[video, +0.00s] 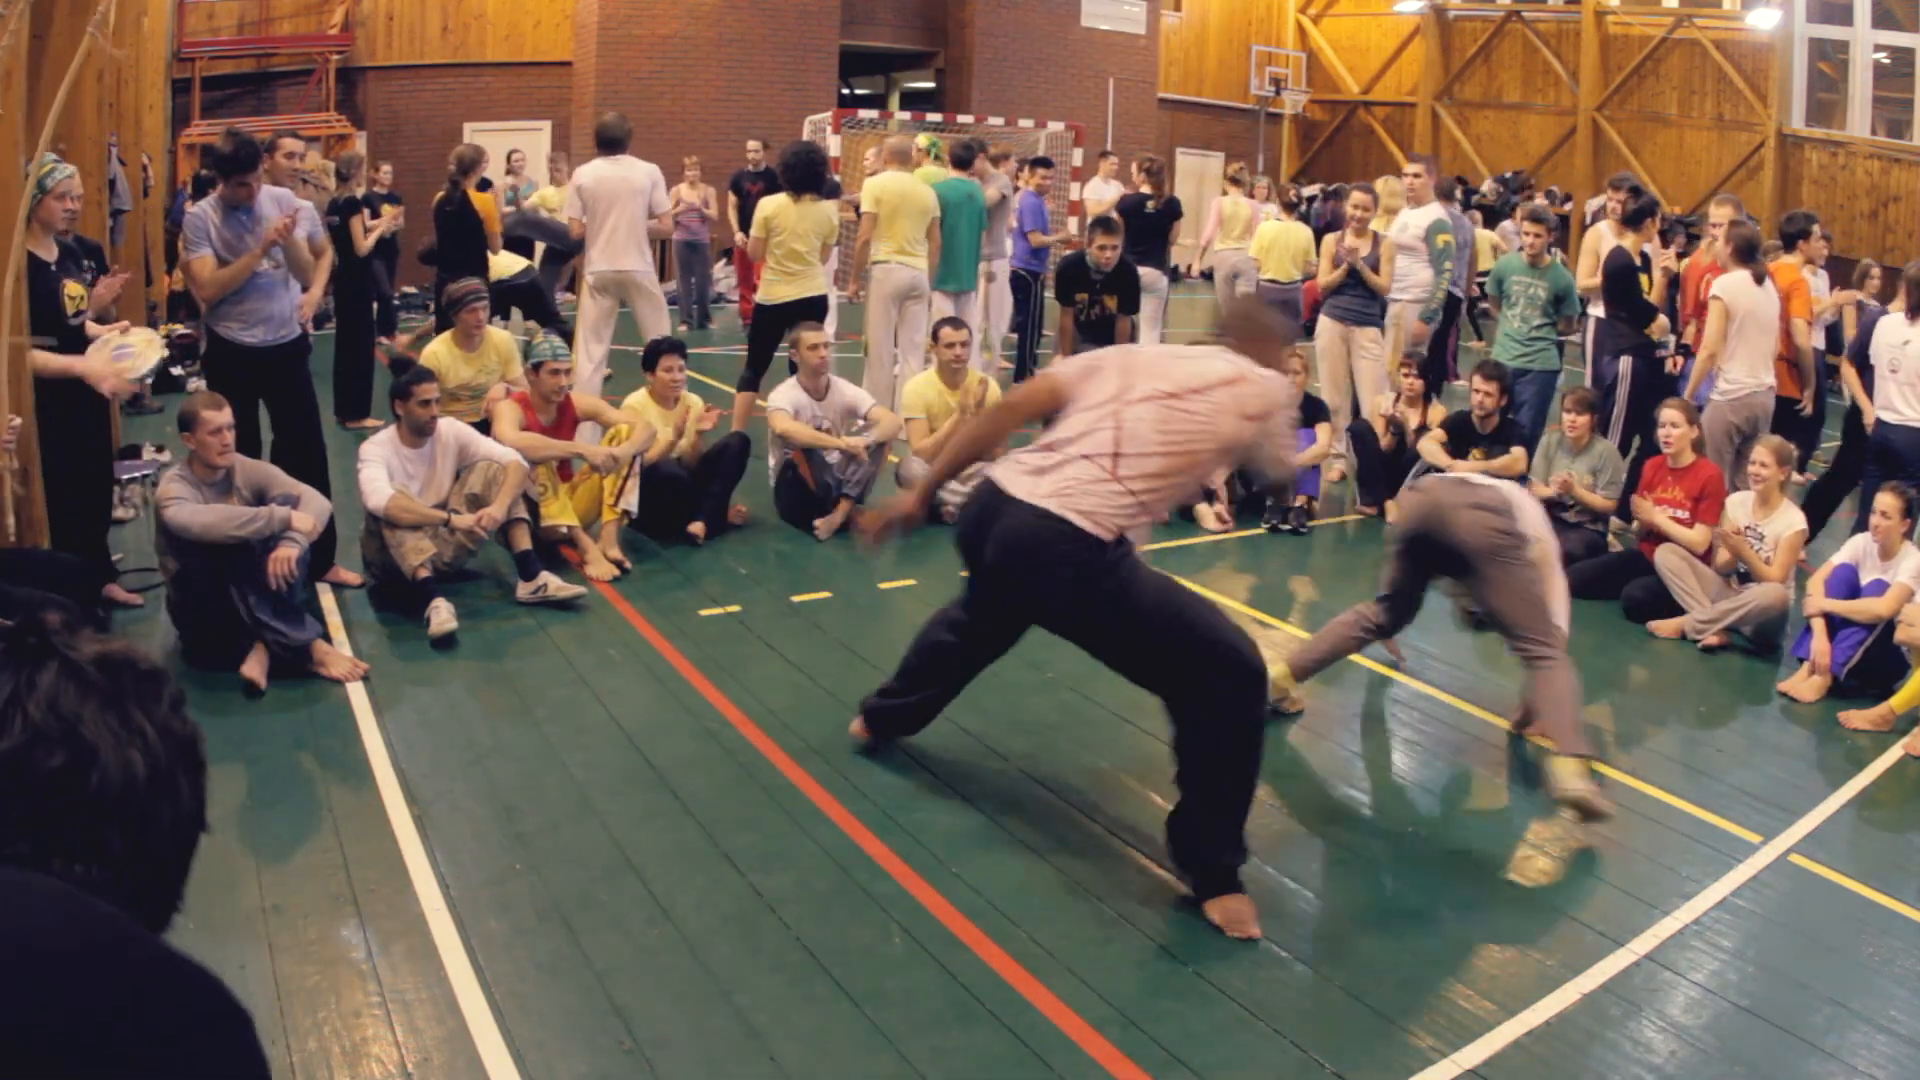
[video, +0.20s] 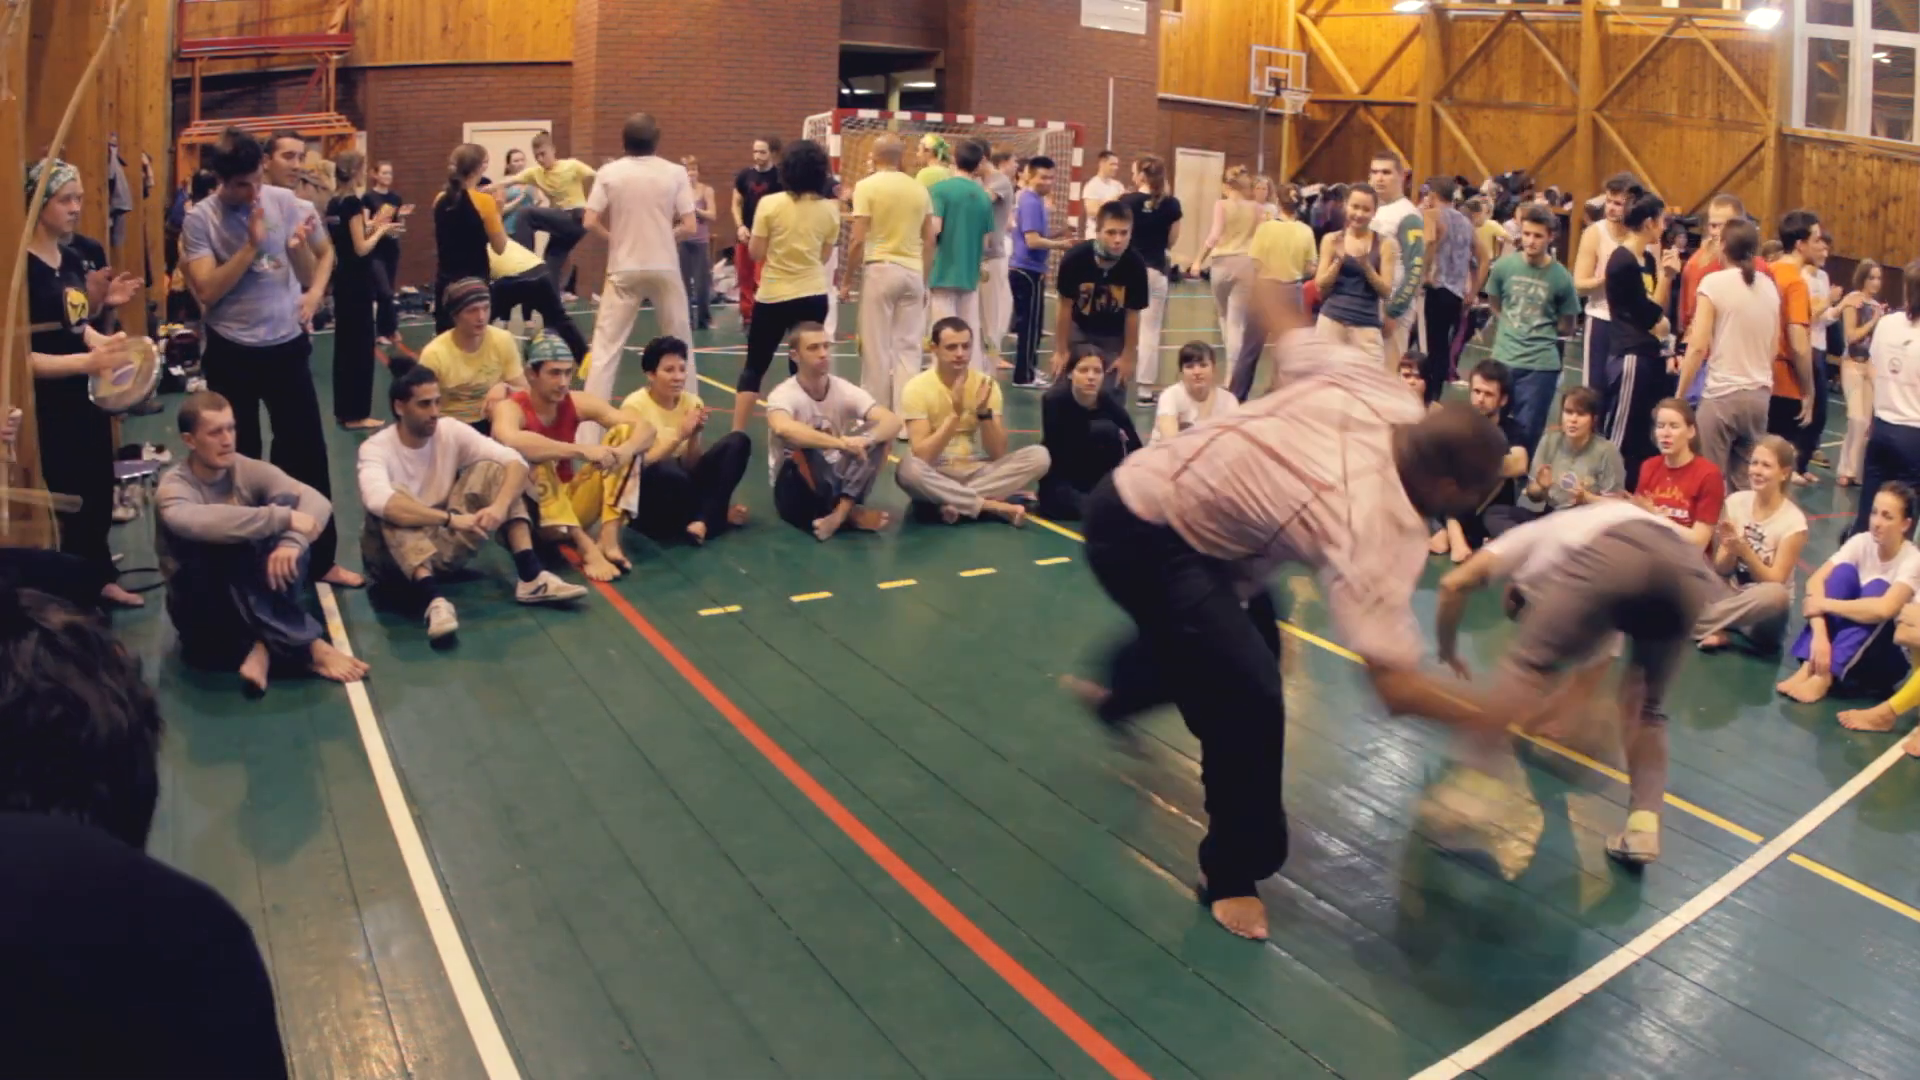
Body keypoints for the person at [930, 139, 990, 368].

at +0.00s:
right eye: (973, 161)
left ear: (949, 160)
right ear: (973, 163)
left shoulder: (937, 190)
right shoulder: (977, 190)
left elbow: (931, 230)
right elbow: (982, 228)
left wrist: (929, 263)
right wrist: (978, 260)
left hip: (942, 268)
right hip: (969, 269)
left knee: (943, 329)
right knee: (968, 330)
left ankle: (945, 376)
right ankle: (970, 375)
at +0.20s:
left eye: (952, 158)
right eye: (981, 163)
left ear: (954, 161)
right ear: (978, 164)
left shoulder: (940, 189)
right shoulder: (983, 195)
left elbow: (936, 227)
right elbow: (986, 237)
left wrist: (924, 248)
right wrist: (976, 260)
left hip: (943, 268)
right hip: (970, 270)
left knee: (943, 331)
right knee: (971, 330)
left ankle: (945, 378)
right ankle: (974, 377)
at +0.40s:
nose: (950, 163)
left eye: (953, 159)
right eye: (953, 159)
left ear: (957, 161)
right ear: (980, 165)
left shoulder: (944, 188)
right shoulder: (984, 195)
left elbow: (937, 224)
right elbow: (987, 233)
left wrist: (922, 222)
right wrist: (980, 259)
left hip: (946, 264)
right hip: (971, 267)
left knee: (946, 325)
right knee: (972, 324)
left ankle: (946, 373)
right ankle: (978, 373)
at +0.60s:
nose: (951, 163)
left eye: (953, 160)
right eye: (954, 159)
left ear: (958, 163)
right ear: (980, 165)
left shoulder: (947, 188)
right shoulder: (984, 195)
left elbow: (943, 225)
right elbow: (988, 235)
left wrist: (927, 221)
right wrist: (979, 260)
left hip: (949, 264)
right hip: (972, 267)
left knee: (947, 322)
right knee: (971, 321)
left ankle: (947, 369)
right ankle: (976, 370)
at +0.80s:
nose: (952, 163)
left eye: (954, 160)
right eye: (954, 159)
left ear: (957, 162)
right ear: (979, 165)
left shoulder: (951, 188)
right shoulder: (986, 196)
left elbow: (949, 224)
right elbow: (987, 233)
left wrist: (930, 222)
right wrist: (983, 261)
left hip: (952, 262)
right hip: (974, 264)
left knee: (949, 320)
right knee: (972, 319)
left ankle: (949, 370)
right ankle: (979, 371)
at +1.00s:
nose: (952, 163)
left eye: (953, 160)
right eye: (954, 159)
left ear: (957, 162)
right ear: (980, 165)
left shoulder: (953, 188)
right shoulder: (985, 194)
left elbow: (953, 225)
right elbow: (988, 232)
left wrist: (934, 223)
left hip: (954, 263)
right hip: (977, 264)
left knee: (950, 320)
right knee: (973, 320)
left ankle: (949, 367)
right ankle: (978, 369)